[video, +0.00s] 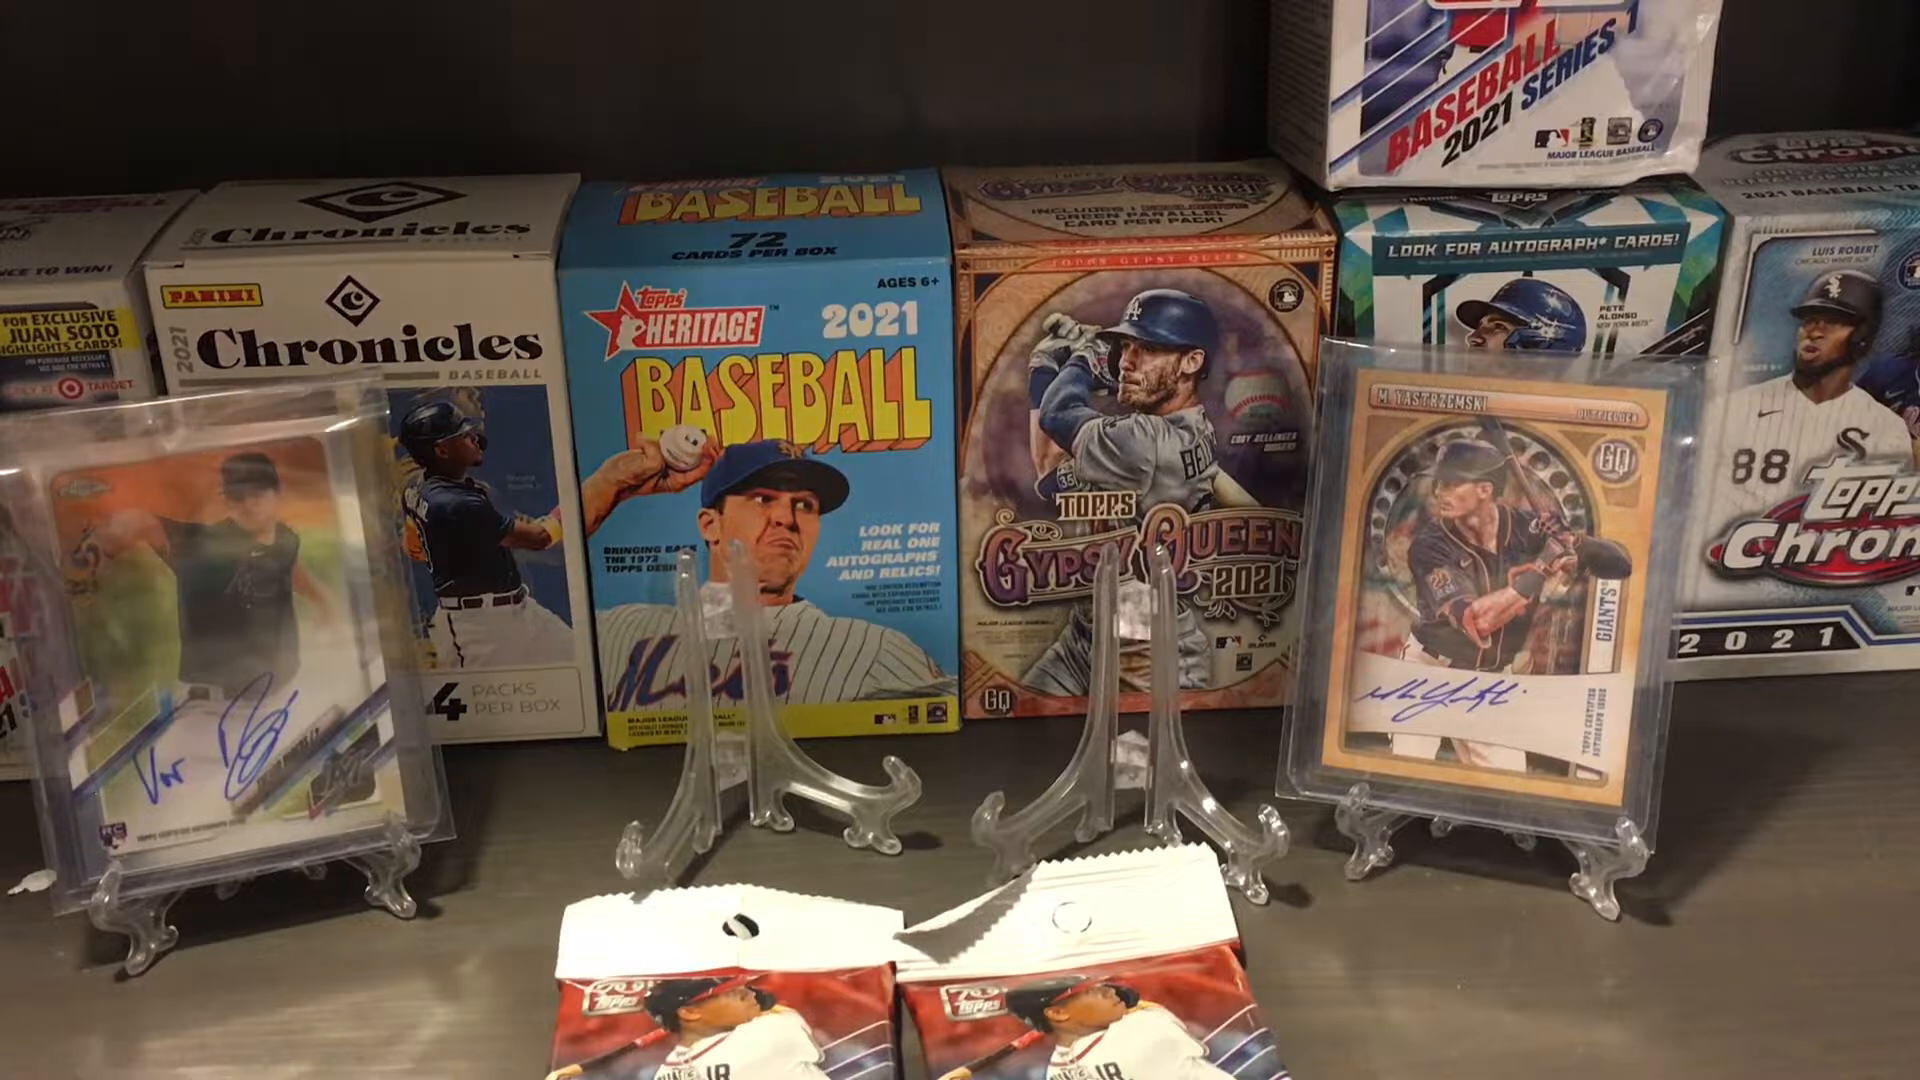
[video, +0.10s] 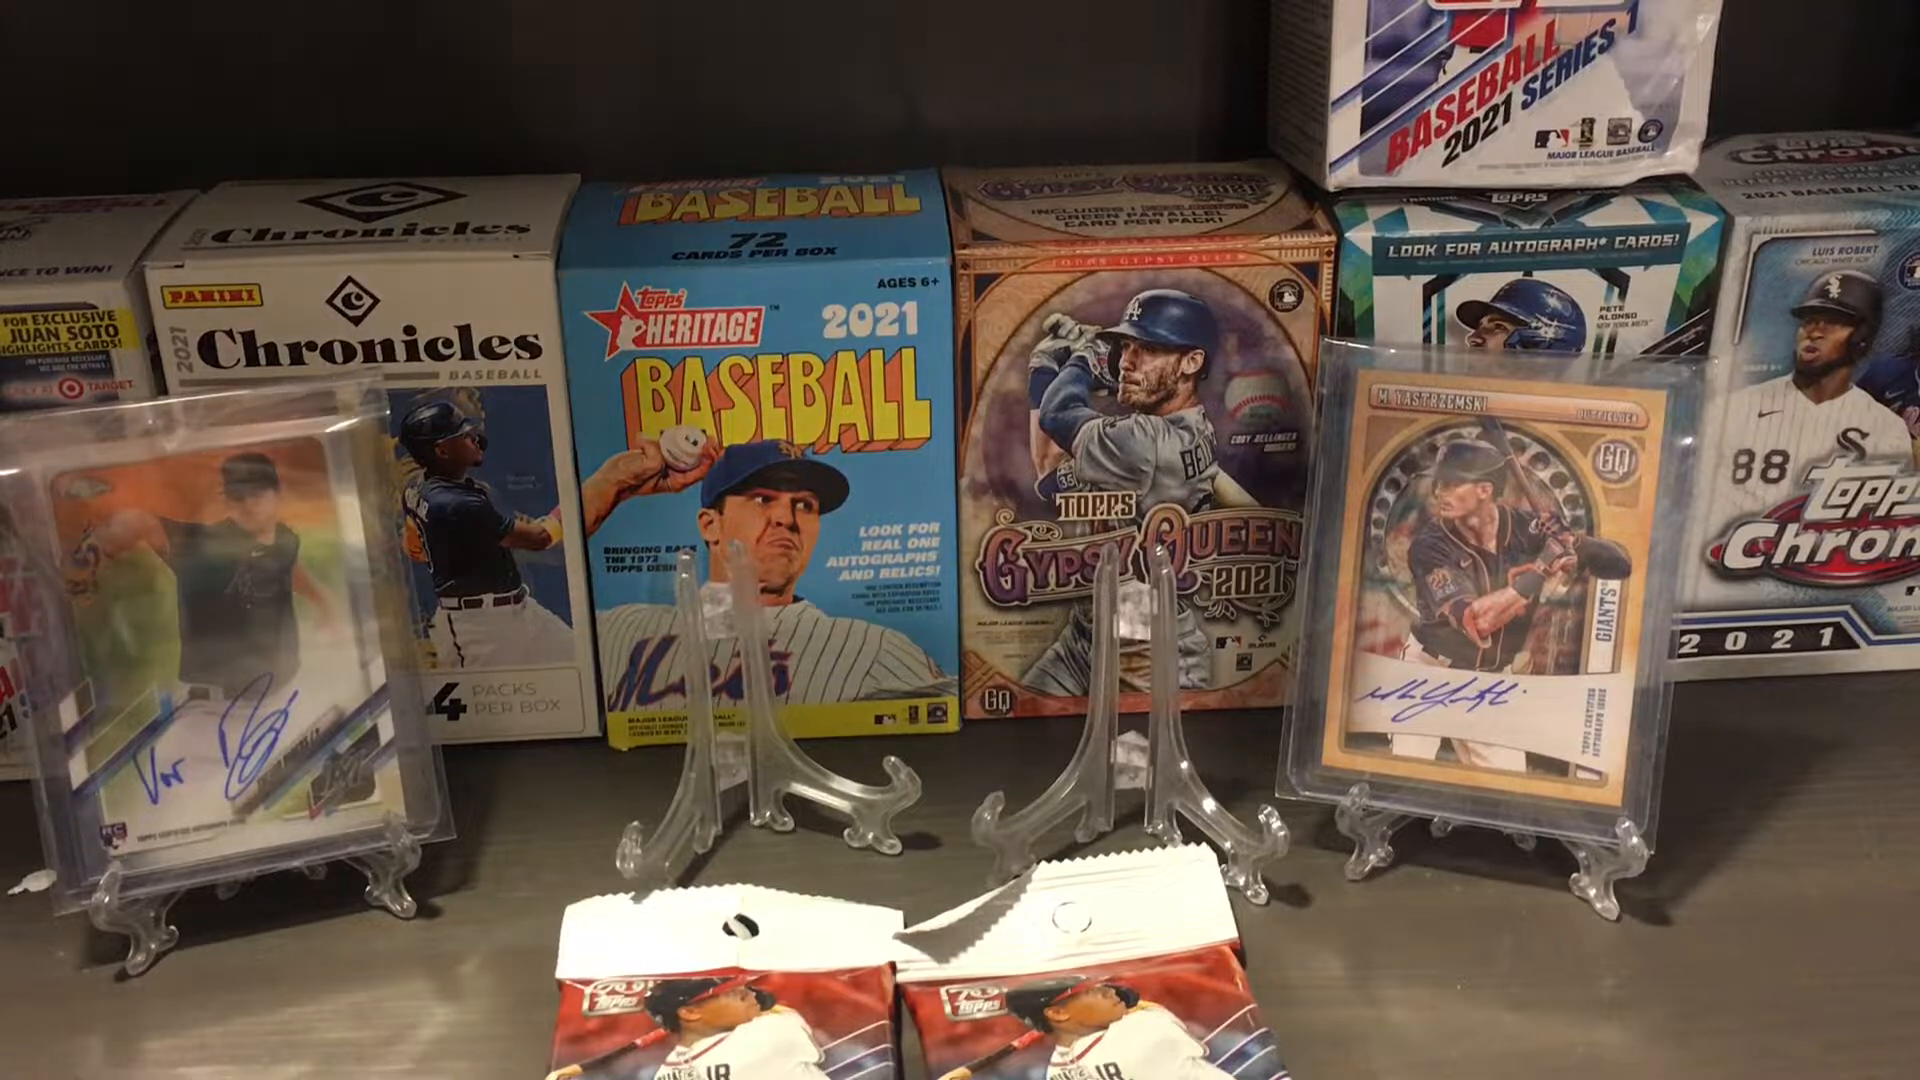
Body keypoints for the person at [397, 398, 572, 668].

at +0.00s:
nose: (475, 436)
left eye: (469, 430)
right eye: (465, 433)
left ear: (442, 451)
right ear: (441, 450)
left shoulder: (421, 489)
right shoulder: (461, 507)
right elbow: (539, 537)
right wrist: (567, 511)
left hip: (519, 609)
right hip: (473, 622)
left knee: (587, 664)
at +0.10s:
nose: (475, 436)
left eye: (470, 430)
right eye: (465, 433)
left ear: (443, 451)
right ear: (442, 450)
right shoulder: (459, 507)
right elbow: (539, 537)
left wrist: (538, 524)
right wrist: (566, 512)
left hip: (519, 609)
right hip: (473, 623)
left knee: (588, 665)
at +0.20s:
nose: (476, 437)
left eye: (470, 430)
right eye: (465, 433)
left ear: (442, 451)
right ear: (442, 450)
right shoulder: (461, 507)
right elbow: (539, 538)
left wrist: (541, 524)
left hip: (520, 609)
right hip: (474, 623)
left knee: (587, 665)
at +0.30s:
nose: (475, 435)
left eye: (469, 429)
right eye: (464, 433)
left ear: (442, 451)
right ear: (442, 450)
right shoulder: (461, 507)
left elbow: (413, 545)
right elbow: (539, 537)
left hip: (520, 610)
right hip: (474, 624)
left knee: (589, 664)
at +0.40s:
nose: (474, 436)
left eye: (468, 430)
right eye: (464, 433)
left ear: (442, 451)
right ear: (441, 450)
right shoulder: (460, 506)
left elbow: (413, 546)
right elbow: (539, 537)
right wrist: (571, 508)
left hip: (518, 609)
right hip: (474, 623)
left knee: (587, 664)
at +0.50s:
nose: (476, 437)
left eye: (470, 431)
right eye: (465, 434)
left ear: (443, 451)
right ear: (442, 450)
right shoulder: (460, 507)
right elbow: (539, 538)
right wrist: (569, 510)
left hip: (519, 608)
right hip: (474, 623)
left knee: (587, 665)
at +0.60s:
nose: (475, 436)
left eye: (469, 430)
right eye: (464, 434)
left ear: (443, 451)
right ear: (442, 450)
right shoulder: (460, 507)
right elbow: (539, 538)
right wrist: (570, 509)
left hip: (519, 609)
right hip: (474, 623)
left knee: (587, 664)